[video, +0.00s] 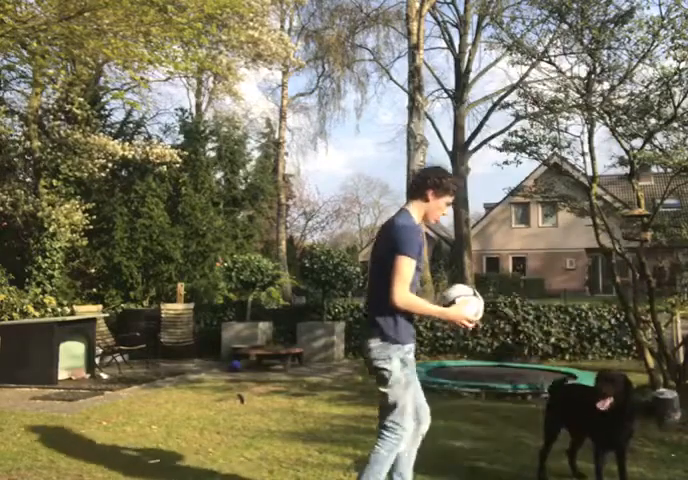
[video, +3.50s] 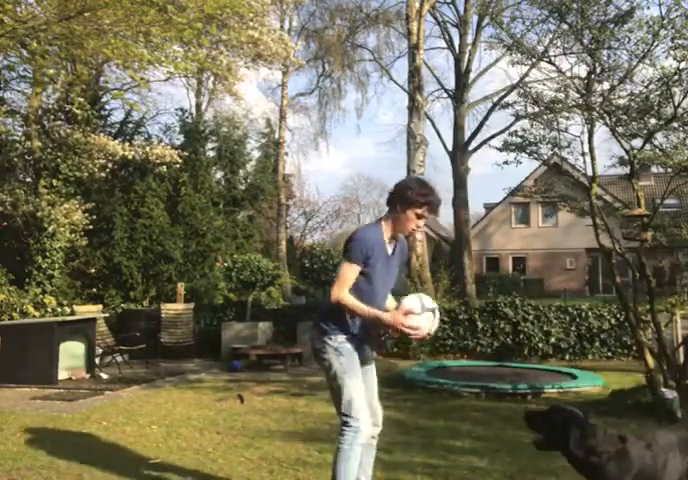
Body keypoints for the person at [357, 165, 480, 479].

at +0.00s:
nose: (445, 212)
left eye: (449, 205)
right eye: (446, 203)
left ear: (427, 194)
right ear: (429, 193)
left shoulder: (399, 227)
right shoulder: (407, 230)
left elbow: (400, 294)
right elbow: (399, 296)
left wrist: (444, 309)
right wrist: (449, 314)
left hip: (394, 342)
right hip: (389, 344)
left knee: (420, 418)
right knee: (398, 426)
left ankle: (400, 476)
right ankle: (370, 477)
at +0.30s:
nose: (419, 218)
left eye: (423, 212)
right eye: (421, 210)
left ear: (403, 199)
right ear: (406, 198)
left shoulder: (376, 227)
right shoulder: (374, 231)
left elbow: (372, 292)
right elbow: (370, 296)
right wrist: (425, 305)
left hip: (359, 338)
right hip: (350, 339)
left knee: (386, 416)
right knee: (376, 421)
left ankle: (350, 473)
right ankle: (356, 476)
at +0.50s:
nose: (409, 222)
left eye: (412, 216)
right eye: (409, 213)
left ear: (389, 205)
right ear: (391, 204)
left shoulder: (364, 235)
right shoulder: (361, 236)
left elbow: (352, 301)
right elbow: (348, 301)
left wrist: (398, 328)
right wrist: (399, 329)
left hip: (333, 339)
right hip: (332, 341)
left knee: (346, 426)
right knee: (371, 424)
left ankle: (333, 476)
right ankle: (351, 475)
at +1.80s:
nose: (432, 262)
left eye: (436, 256)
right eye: (435, 255)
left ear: (417, 241)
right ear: (422, 244)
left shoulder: (378, 259)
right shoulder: (390, 265)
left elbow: (352, 330)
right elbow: (361, 326)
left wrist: (387, 359)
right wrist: (402, 354)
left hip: (297, 335)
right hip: (312, 340)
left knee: (329, 425)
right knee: (348, 429)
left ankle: (323, 476)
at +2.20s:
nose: (435, 253)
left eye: (437, 246)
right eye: (435, 245)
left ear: (414, 239)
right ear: (418, 240)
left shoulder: (378, 264)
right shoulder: (403, 274)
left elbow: (376, 336)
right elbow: (395, 343)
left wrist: (413, 353)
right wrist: (442, 372)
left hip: (316, 346)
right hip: (330, 351)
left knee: (355, 428)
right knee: (373, 431)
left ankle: (349, 476)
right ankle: (353, 476)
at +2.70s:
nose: (456, 251)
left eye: (460, 244)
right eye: (457, 242)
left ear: (440, 233)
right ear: (441, 232)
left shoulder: (407, 259)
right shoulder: (406, 260)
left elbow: (365, 312)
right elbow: (365, 313)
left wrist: (387, 353)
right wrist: (399, 352)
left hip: (339, 338)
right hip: (334, 339)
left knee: (366, 425)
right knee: (371, 427)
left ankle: (353, 474)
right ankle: (353, 475)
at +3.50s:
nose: (421, 225)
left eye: (424, 219)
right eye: (418, 216)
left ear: (404, 213)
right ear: (398, 208)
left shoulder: (401, 246)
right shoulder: (364, 239)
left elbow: (380, 294)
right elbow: (338, 294)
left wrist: (407, 316)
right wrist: (386, 318)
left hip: (361, 337)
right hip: (335, 335)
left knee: (373, 422)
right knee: (356, 421)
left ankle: (362, 476)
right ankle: (345, 477)